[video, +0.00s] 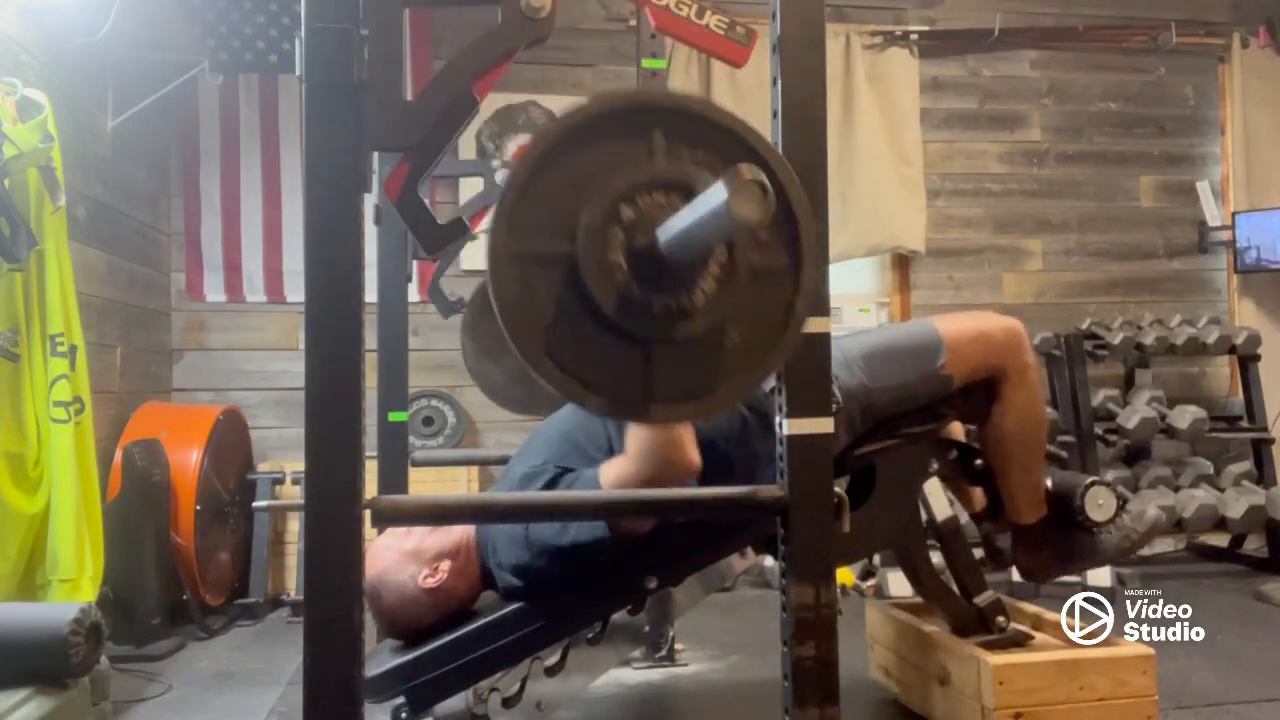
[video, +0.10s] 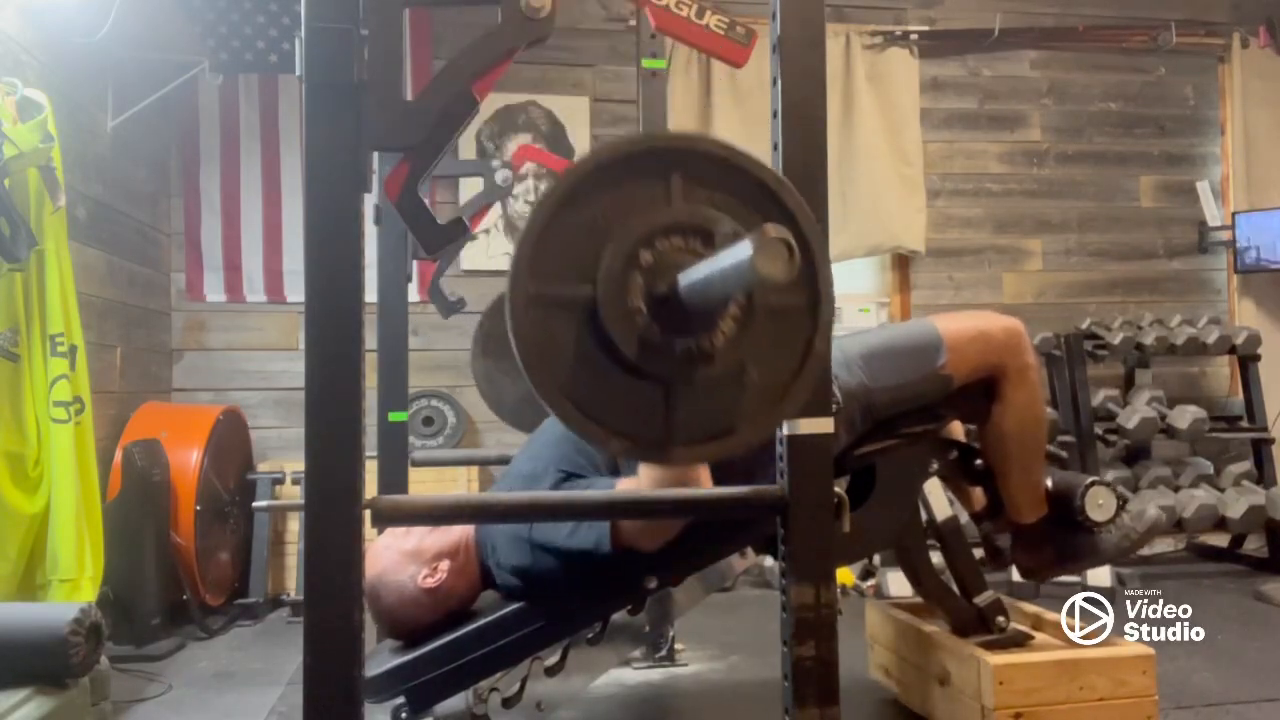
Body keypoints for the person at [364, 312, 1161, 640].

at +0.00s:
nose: (419, 531)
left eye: (402, 535)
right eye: (417, 550)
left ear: (428, 544)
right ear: (447, 578)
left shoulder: (496, 503)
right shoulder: (529, 546)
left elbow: (625, 426)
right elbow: (666, 461)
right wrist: (640, 323)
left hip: (741, 379)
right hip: (765, 430)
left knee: (950, 327)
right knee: (1003, 343)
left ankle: (995, 495)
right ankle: (1033, 532)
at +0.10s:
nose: (417, 530)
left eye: (399, 536)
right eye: (416, 549)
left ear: (426, 545)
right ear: (446, 577)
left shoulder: (497, 497)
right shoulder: (529, 543)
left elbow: (600, 418)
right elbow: (669, 497)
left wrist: (656, 327)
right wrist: (678, 367)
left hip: (733, 379)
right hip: (761, 432)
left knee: (946, 322)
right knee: (1003, 341)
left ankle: (992, 482)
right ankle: (1033, 530)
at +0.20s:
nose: (416, 531)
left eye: (398, 536)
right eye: (415, 549)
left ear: (425, 549)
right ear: (445, 577)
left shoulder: (496, 499)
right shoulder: (526, 538)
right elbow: (689, 527)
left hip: (719, 394)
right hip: (753, 437)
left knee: (943, 323)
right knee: (1003, 340)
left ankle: (995, 481)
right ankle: (1034, 529)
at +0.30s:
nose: (414, 530)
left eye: (397, 535)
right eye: (415, 548)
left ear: (425, 552)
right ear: (447, 574)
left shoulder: (495, 490)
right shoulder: (534, 543)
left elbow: (581, 417)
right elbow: (683, 546)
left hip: (709, 395)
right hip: (751, 438)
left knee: (944, 324)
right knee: (1001, 340)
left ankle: (994, 475)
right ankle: (1034, 528)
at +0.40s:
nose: (413, 528)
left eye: (395, 535)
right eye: (414, 548)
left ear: (426, 552)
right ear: (447, 574)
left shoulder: (491, 497)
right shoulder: (536, 542)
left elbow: (579, 428)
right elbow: (694, 564)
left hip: (712, 398)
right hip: (753, 439)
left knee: (938, 325)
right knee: (1000, 340)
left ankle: (992, 479)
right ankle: (1034, 527)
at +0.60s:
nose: (414, 531)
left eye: (396, 537)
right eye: (415, 551)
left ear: (423, 542)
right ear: (448, 576)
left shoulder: (495, 492)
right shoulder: (530, 538)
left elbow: (587, 426)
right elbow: (670, 525)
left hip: (708, 400)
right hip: (746, 443)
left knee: (958, 327)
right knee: (1002, 340)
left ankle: (995, 482)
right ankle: (1034, 528)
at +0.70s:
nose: (416, 531)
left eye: (398, 536)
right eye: (416, 549)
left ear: (423, 541)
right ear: (447, 577)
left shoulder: (497, 495)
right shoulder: (527, 544)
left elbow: (601, 424)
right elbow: (662, 488)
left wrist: (634, 314)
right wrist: (661, 348)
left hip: (739, 381)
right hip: (761, 431)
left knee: (958, 328)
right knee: (1003, 341)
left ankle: (994, 486)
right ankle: (1034, 529)